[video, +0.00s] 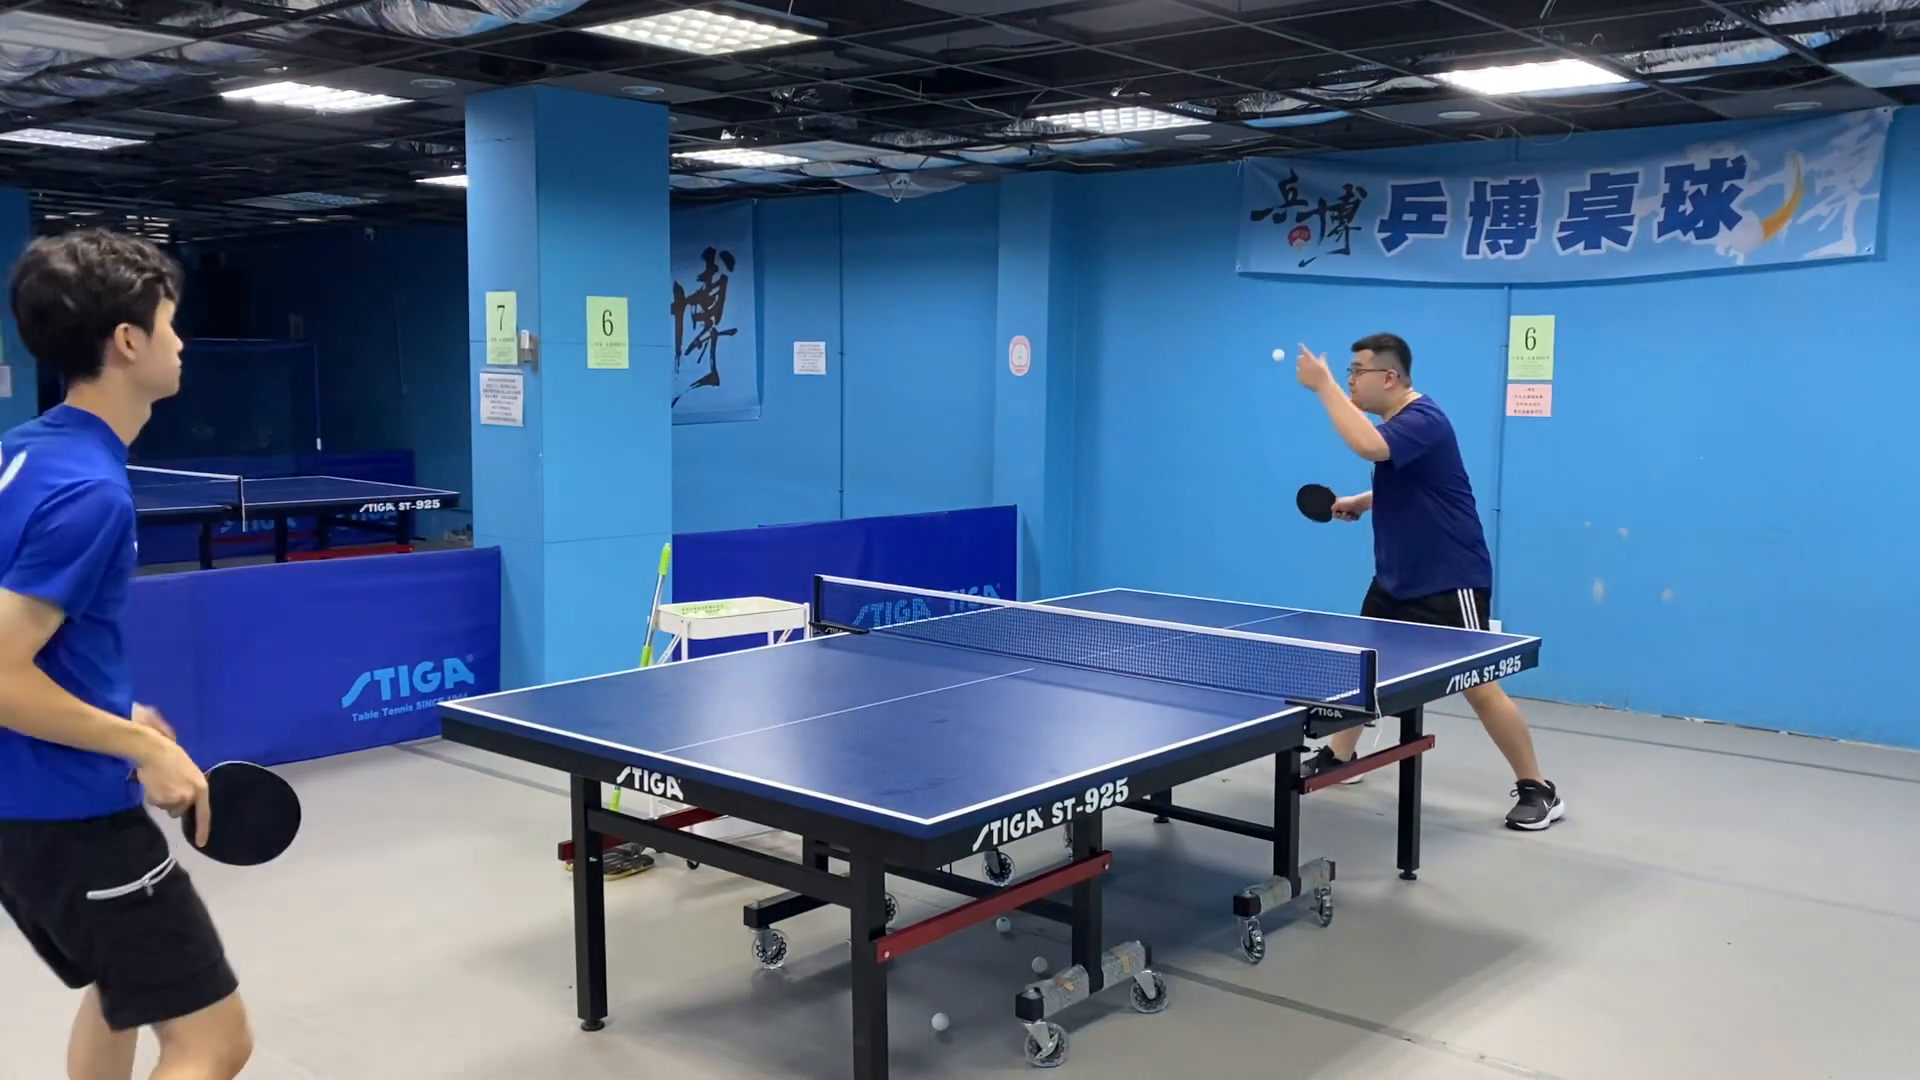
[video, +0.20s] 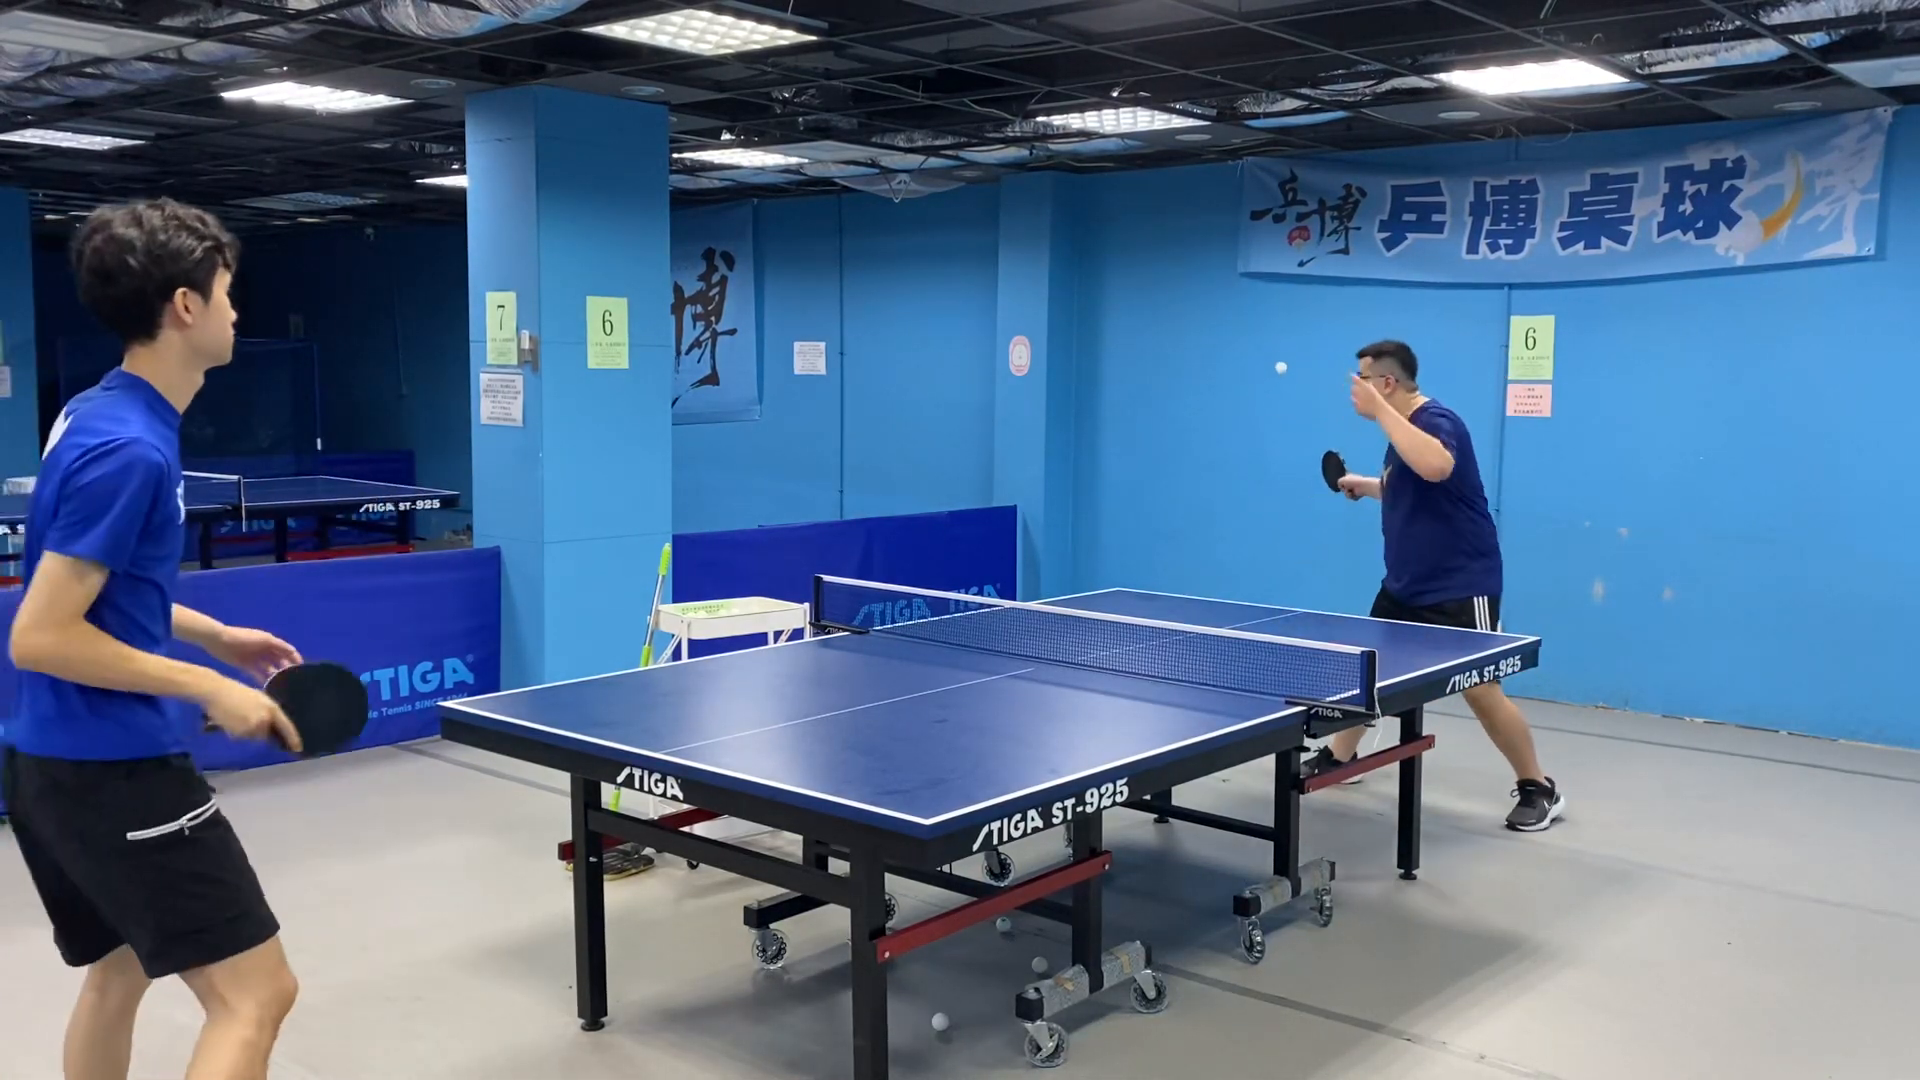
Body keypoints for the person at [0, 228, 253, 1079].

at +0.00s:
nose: (181, 346)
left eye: (176, 325)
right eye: (171, 326)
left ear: (104, 342)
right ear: (126, 343)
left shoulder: (30, 449)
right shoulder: (92, 490)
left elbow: (34, 657)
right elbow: (7, 679)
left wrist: (127, 718)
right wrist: (137, 748)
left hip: (28, 811)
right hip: (80, 819)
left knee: (115, 994)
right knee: (215, 1039)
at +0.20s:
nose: (235, 313)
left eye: (231, 292)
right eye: (226, 293)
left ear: (165, 309)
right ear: (184, 307)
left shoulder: (99, 417)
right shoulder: (130, 448)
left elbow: (107, 597)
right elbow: (41, 636)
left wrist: (223, 640)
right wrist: (208, 689)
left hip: (51, 758)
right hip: (116, 767)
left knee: (118, 966)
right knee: (255, 993)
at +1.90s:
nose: (296, 393)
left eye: (295, 374)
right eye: (293, 375)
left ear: (224, 385)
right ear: (249, 387)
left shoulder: (165, 485)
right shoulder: (141, 539)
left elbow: (153, 632)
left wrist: (267, 669)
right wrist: (320, 759)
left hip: (119, 802)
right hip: (62, 836)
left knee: (182, 954)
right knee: (179, 1065)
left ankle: (91, 1066)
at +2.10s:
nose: (231, 469)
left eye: (232, 449)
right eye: (228, 449)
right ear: (187, 460)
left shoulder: (126, 572)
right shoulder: (49, 610)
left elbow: (99, 735)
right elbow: (10, 834)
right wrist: (158, 799)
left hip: (78, 872)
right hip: (22, 902)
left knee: (92, 1046)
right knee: (191, 1068)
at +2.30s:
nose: (114, 406)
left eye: (114, 388)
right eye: (110, 388)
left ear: (22, 398)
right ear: (66, 402)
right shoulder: (102, 549)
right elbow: (207, 689)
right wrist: (249, 623)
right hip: (19, 871)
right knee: (167, 1069)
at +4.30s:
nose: (316, 310)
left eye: (311, 288)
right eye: (310, 287)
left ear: (200, 308)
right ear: (278, 300)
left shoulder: (134, 434)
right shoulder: (259, 457)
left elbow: (51, 606)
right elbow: (362, 657)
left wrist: (217, 629)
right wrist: (452, 605)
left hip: (109, 801)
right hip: (208, 805)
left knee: (213, 1023)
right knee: (366, 1055)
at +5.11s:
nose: (584, 387)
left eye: (586, 370)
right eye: (584, 371)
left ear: (471, 371)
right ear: (566, 375)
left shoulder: (365, 455)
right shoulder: (570, 513)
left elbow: (218, 589)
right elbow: (752, 588)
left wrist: (205, 690)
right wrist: (822, 567)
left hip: (264, 790)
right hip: (400, 822)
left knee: (233, 981)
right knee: (504, 1048)